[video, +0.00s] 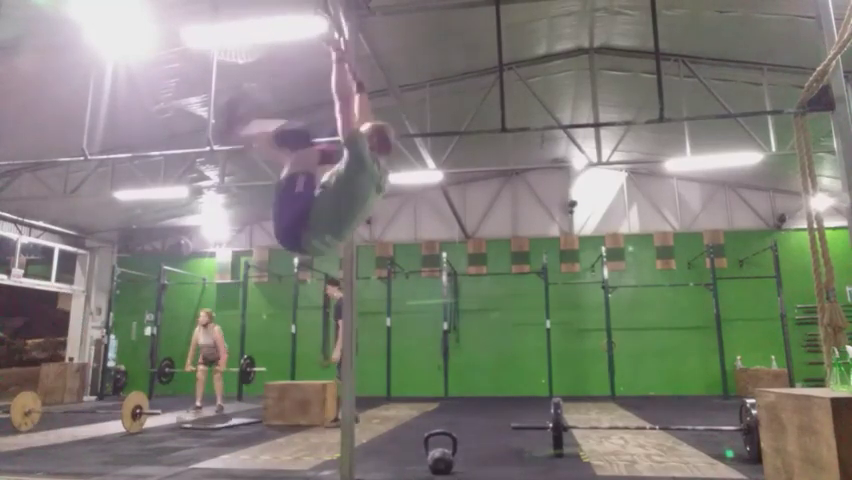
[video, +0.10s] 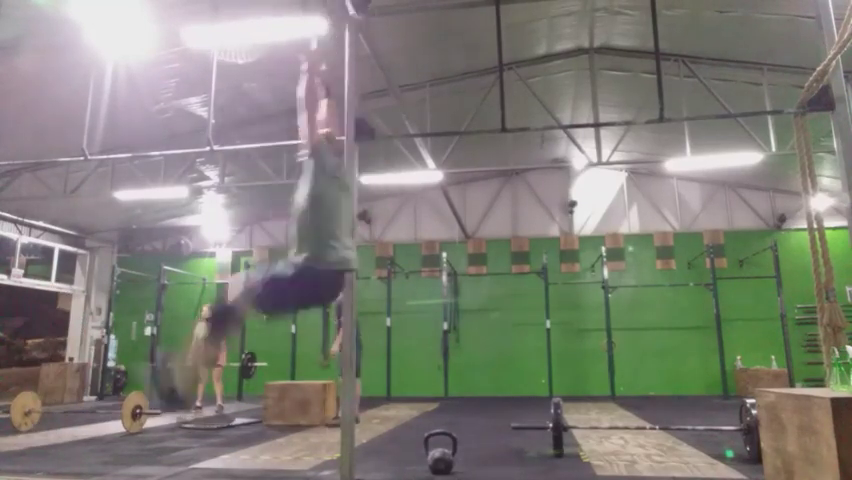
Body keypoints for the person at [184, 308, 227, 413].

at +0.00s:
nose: (200, 319)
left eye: (203, 316)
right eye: (200, 316)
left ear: (209, 319)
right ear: (198, 318)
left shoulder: (215, 329)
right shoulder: (197, 330)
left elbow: (221, 347)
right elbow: (192, 347)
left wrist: (222, 364)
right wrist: (189, 363)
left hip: (217, 354)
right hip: (204, 355)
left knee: (217, 376)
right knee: (200, 375)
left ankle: (219, 402)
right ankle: (198, 402)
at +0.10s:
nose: (203, 313)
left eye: (206, 311)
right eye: (203, 311)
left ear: (211, 313)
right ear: (201, 312)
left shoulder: (218, 326)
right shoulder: (200, 325)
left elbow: (223, 346)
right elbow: (194, 343)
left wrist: (222, 361)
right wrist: (191, 358)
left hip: (216, 358)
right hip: (203, 357)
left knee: (217, 380)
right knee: (202, 380)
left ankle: (219, 403)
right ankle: (198, 402)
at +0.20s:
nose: (205, 312)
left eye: (207, 310)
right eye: (204, 310)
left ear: (213, 312)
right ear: (203, 312)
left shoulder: (218, 324)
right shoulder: (200, 324)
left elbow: (223, 340)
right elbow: (195, 340)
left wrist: (223, 356)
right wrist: (191, 356)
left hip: (216, 354)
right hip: (203, 354)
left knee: (216, 378)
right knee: (201, 378)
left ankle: (219, 403)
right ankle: (198, 402)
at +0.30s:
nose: (203, 315)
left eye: (206, 313)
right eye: (202, 313)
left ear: (211, 315)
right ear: (201, 315)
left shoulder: (215, 327)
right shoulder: (199, 327)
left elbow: (217, 344)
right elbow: (194, 345)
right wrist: (190, 360)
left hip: (209, 359)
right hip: (199, 359)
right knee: (197, 380)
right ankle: (198, 400)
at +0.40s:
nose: (198, 332)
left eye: (201, 329)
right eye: (197, 329)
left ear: (207, 330)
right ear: (196, 330)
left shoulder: (215, 338)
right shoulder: (196, 340)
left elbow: (219, 356)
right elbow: (191, 357)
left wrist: (220, 375)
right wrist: (187, 373)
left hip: (218, 359)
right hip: (205, 360)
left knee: (219, 381)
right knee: (197, 379)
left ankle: (219, 403)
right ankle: (198, 404)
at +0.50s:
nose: (195, 347)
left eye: (198, 344)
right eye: (194, 344)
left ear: (204, 344)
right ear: (193, 345)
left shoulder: (213, 351)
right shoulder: (194, 353)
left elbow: (217, 369)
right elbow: (190, 370)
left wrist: (217, 388)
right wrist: (184, 387)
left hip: (221, 364)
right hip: (205, 367)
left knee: (215, 381)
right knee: (195, 379)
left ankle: (219, 404)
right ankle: (198, 404)